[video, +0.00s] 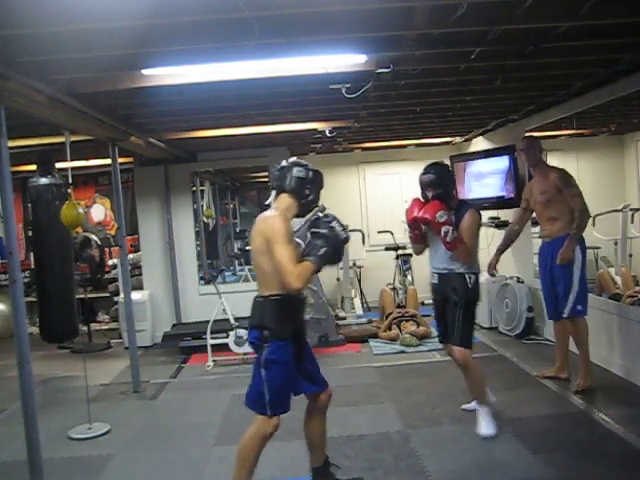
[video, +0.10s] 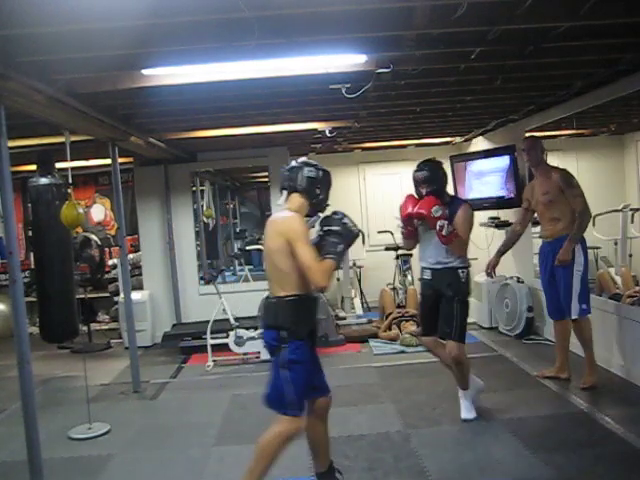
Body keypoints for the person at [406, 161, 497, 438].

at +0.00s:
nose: (427, 195)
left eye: (431, 189)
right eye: (424, 190)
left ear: (447, 187)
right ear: (424, 191)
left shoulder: (467, 213)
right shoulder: (430, 211)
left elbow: (467, 256)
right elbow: (419, 247)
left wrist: (446, 228)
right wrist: (414, 225)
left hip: (463, 280)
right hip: (440, 280)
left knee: (460, 351)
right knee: (449, 346)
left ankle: (484, 406)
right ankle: (481, 393)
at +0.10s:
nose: (421, 190)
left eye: (425, 185)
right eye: (418, 186)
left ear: (440, 182)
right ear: (416, 186)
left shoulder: (460, 207)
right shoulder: (419, 206)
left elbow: (461, 249)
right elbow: (409, 244)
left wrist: (440, 223)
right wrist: (407, 221)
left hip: (454, 276)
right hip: (428, 277)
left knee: (454, 351)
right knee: (427, 338)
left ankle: (464, 395)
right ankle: (469, 381)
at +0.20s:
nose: (413, 194)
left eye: (417, 188)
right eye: (410, 189)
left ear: (431, 187)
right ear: (408, 191)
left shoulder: (450, 213)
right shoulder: (410, 213)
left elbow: (454, 254)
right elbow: (400, 250)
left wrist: (433, 228)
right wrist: (400, 226)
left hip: (445, 282)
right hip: (420, 282)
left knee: (450, 351)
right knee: (407, 338)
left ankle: (463, 398)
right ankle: (440, 371)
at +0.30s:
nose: (403, 200)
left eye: (408, 194)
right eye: (400, 195)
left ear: (421, 193)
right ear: (398, 197)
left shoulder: (438, 218)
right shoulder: (398, 218)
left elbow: (442, 259)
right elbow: (389, 257)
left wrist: (425, 232)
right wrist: (391, 233)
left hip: (433, 286)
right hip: (407, 286)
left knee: (444, 355)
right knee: (392, 337)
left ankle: (461, 400)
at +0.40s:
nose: (395, 204)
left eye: (399, 198)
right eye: (391, 199)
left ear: (410, 198)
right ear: (386, 200)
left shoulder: (425, 221)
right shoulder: (385, 222)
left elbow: (431, 260)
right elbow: (374, 255)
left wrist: (419, 241)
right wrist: (383, 231)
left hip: (414, 285)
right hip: (389, 285)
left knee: (432, 350)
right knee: (382, 340)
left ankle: (460, 402)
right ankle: (382, 385)